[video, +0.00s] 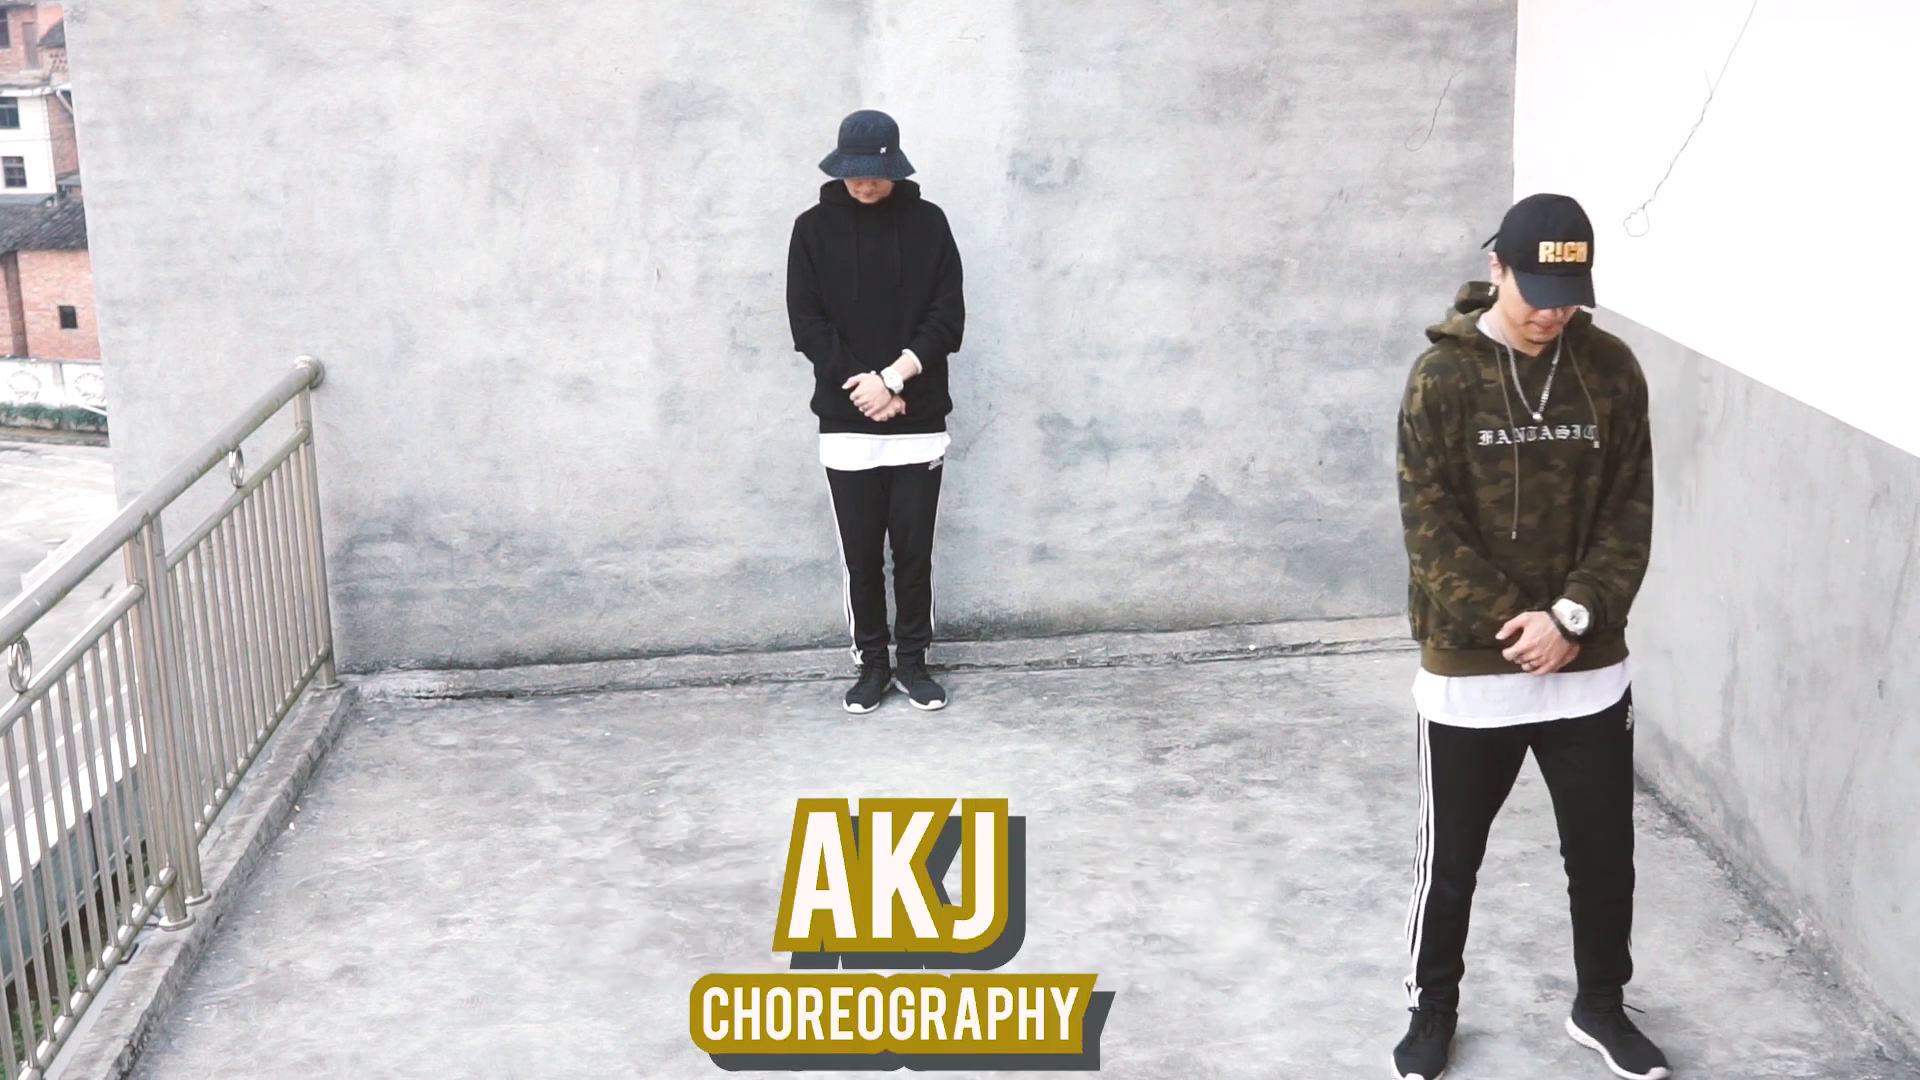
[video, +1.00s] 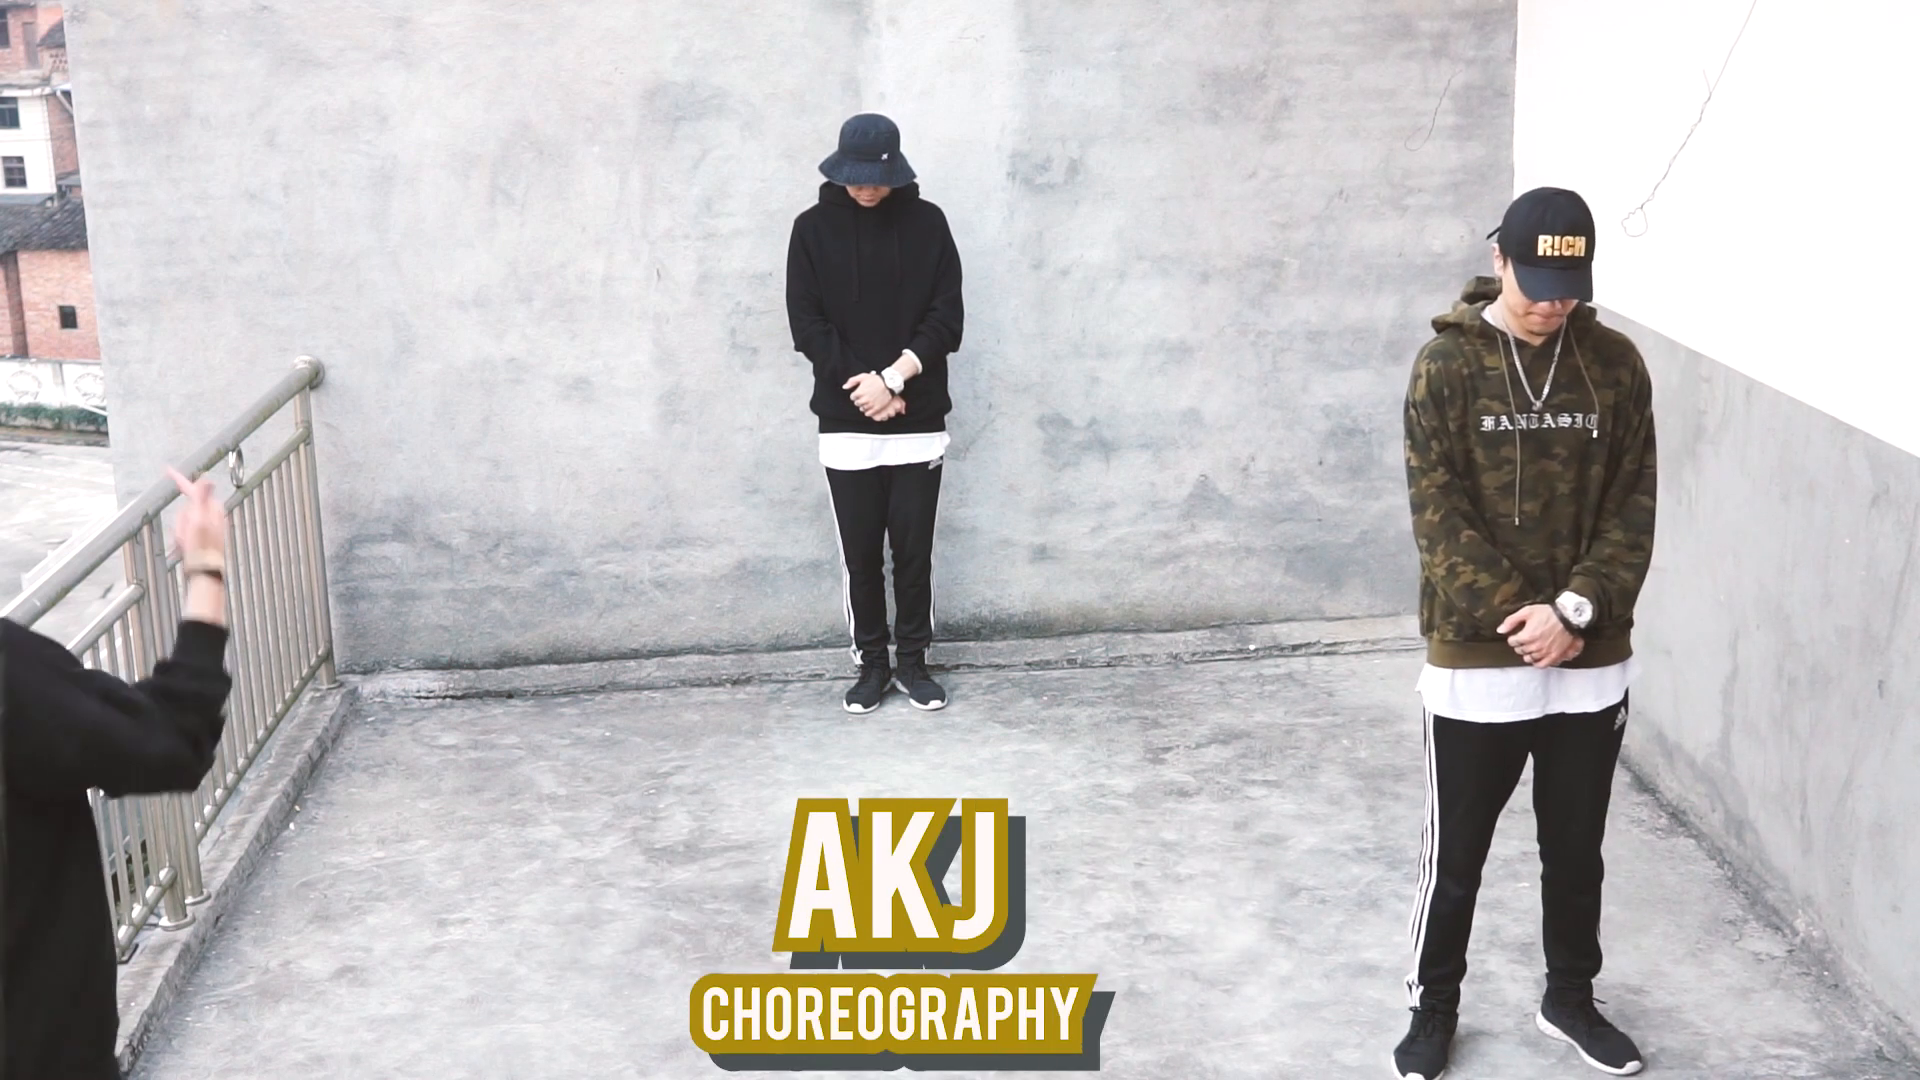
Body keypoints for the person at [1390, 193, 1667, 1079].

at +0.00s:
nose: (1555, 313)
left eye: (1571, 296)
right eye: (1539, 294)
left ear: (1590, 283)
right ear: (1498, 268)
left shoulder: (1612, 367)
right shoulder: (1443, 372)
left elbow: (1629, 514)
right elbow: (1431, 524)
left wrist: (1574, 617)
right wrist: (1522, 628)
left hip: (1587, 665)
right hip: (1469, 670)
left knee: (1604, 853)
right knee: (1450, 856)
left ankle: (1601, 1002)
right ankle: (1432, 1011)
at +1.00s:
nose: (1557, 305)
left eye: (1573, 287)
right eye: (1540, 285)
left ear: (1592, 273)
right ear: (1501, 261)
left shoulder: (1617, 364)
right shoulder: (1448, 360)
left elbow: (1634, 508)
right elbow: (1437, 513)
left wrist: (1577, 609)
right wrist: (1525, 620)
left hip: (1590, 659)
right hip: (1475, 660)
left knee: (1577, 851)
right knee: (1456, 854)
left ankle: (1571, 997)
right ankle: (1433, 1007)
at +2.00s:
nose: (1547, 300)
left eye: (1563, 284)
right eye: (1532, 281)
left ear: (1583, 271)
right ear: (1493, 258)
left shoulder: (1610, 363)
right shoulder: (1442, 361)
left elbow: (1629, 508)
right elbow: (1432, 514)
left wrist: (1577, 612)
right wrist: (1520, 619)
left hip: (1585, 660)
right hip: (1471, 663)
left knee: (1575, 849)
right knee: (1453, 853)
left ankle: (1571, 998)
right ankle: (1433, 1007)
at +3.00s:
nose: (1546, 301)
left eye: (1561, 284)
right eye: (1530, 282)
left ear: (1581, 271)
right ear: (1491, 259)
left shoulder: (1609, 364)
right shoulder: (1440, 363)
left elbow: (1628, 507)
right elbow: (1432, 514)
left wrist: (1575, 612)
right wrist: (1519, 620)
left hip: (1584, 661)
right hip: (1470, 663)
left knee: (1575, 851)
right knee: (1453, 854)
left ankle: (1571, 998)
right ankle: (1433, 1006)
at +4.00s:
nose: (1547, 300)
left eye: (1562, 284)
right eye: (1530, 281)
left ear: (1582, 271)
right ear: (1491, 259)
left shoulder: (1609, 364)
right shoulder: (1440, 363)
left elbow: (1628, 508)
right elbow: (1431, 514)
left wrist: (1575, 613)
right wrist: (1519, 621)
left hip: (1583, 661)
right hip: (1469, 662)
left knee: (1574, 850)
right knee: (1453, 853)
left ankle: (1571, 998)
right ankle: (1433, 1006)